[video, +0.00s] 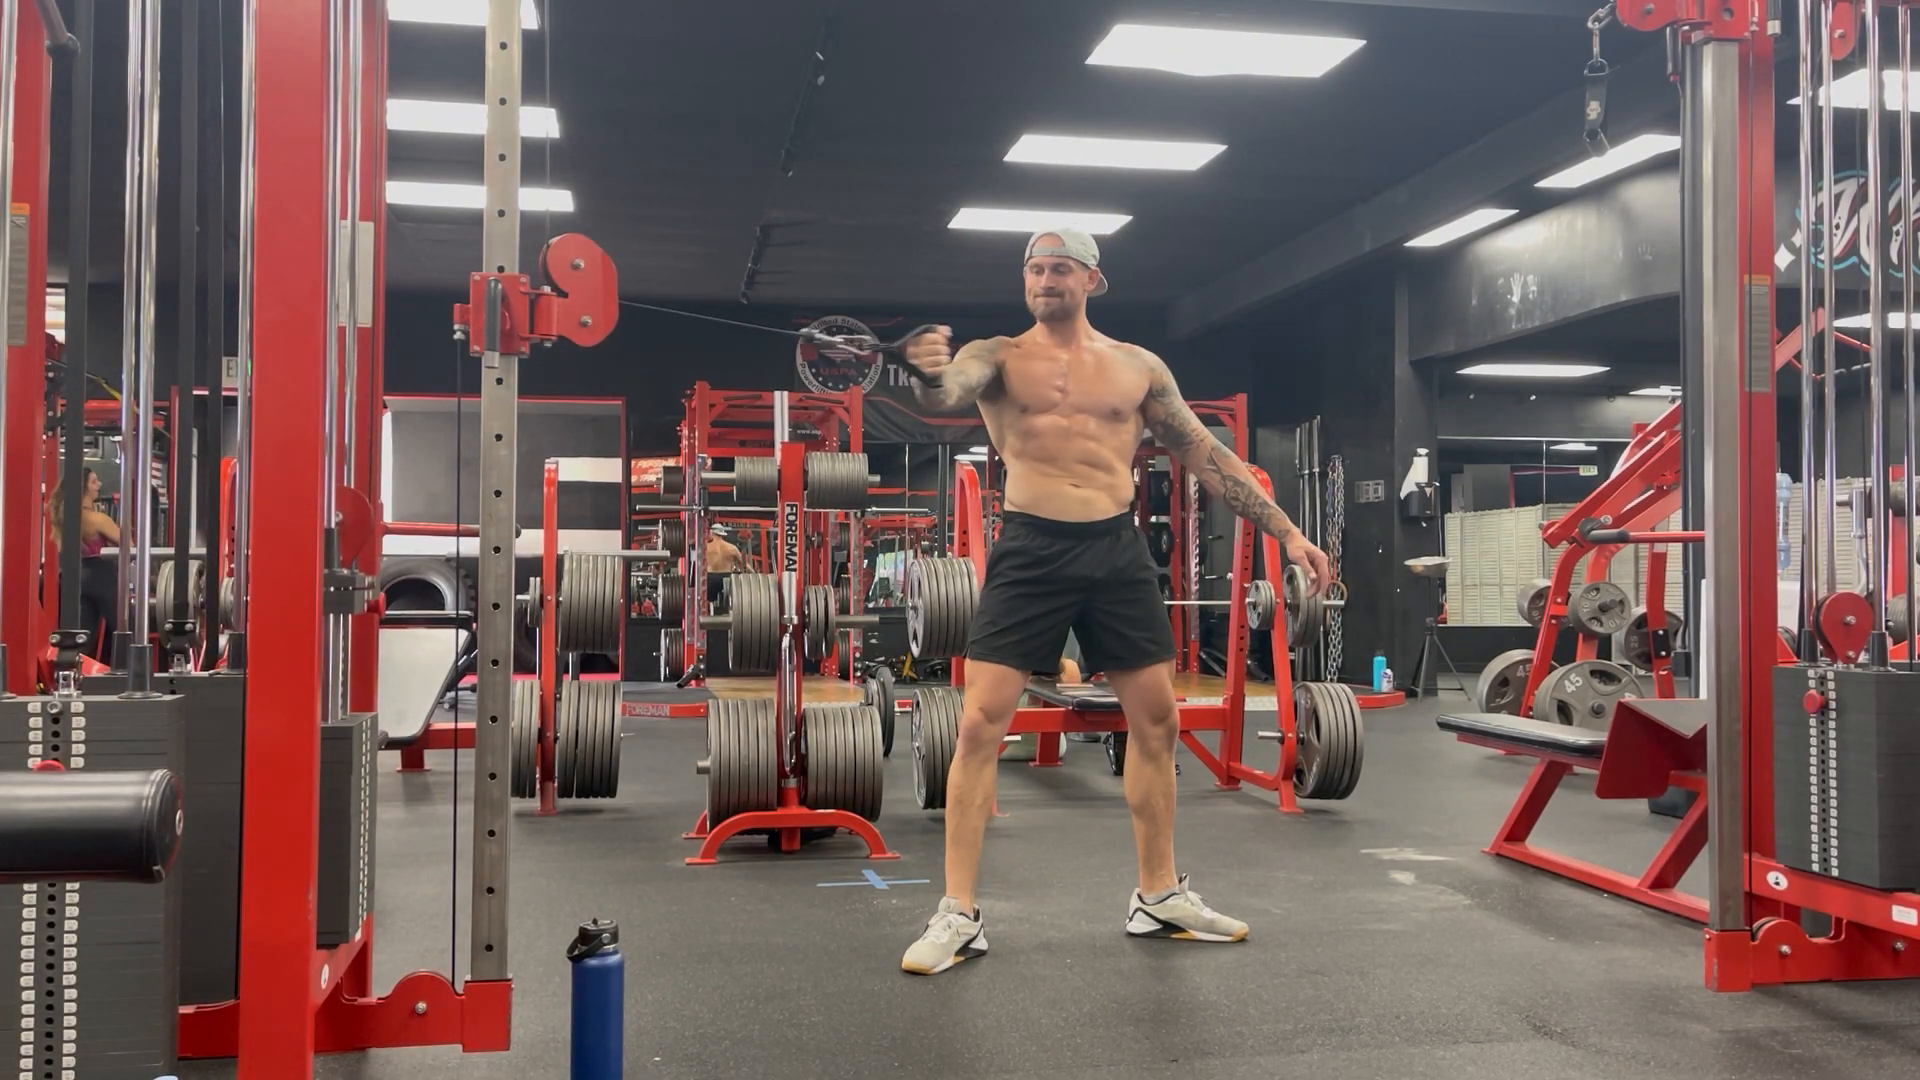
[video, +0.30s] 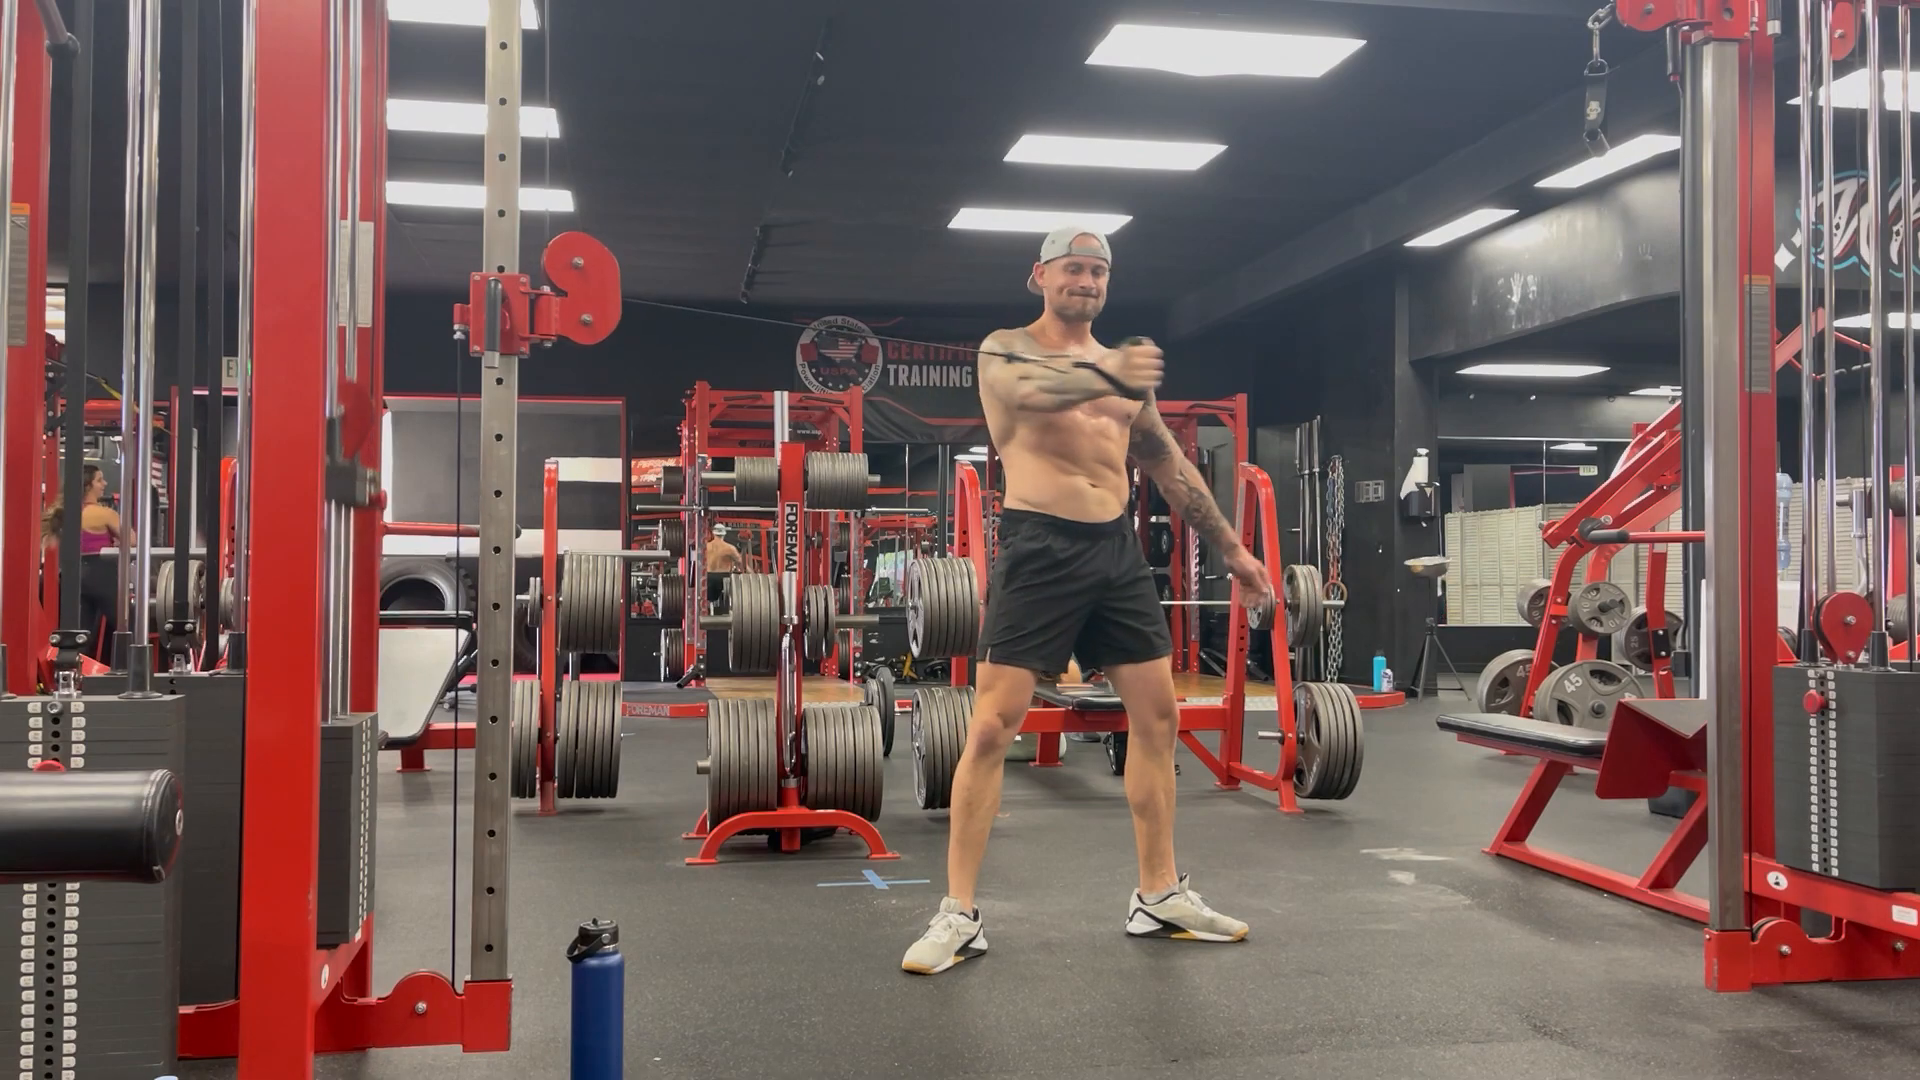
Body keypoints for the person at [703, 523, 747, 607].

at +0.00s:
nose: (709, 534)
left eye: (710, 532)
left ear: (712, 533)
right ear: (722, 535)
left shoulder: (706, 547)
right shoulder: (731, 548)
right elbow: (742, 563)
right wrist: (753, 573)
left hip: (711, 574)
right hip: (726, 574)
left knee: (708, 601)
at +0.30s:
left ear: (713, 533)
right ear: (724, 534)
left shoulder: (708, 546)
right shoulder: (729, 548)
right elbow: (739, 560)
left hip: (711, 573)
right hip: (725, 574)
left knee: (711, 601)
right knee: (724, 602)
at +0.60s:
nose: (727, 535)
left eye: (726, 533)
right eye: (726, 534)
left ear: (715, 534)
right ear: (724, 535)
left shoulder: (709, 545)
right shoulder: (724, 548)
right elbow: (733, 564)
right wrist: (740, 575)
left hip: (710, 573)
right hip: (722, 573)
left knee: (712, 600)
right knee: (723, 602)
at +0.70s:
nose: (727, 535)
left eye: (727, 533)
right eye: (726, 533)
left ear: (715, 534)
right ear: (723, 534)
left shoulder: (709, 545)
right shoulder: (722, 548)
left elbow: (728, 554)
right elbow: (730, 565)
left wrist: (743, 556)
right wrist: (736, 572)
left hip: (710, 572)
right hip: (720, 573)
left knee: (712, 599)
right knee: (722, 601)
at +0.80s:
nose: (727, 535)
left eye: (727, 533)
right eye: (726, 533)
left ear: (716, 534)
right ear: (723, 534)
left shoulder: (709, 545)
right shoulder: (721, 548)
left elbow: (730, 554)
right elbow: (726, 566)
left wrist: (746, 557)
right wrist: (733, 570)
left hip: (711, 573)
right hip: (721, 573)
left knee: (712, 600)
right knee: (722, 602)